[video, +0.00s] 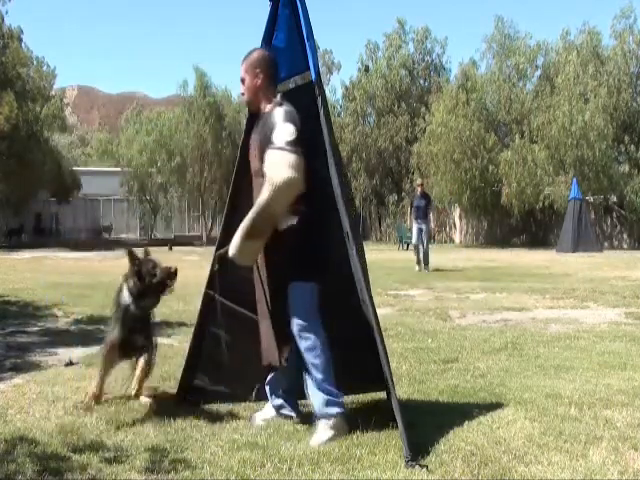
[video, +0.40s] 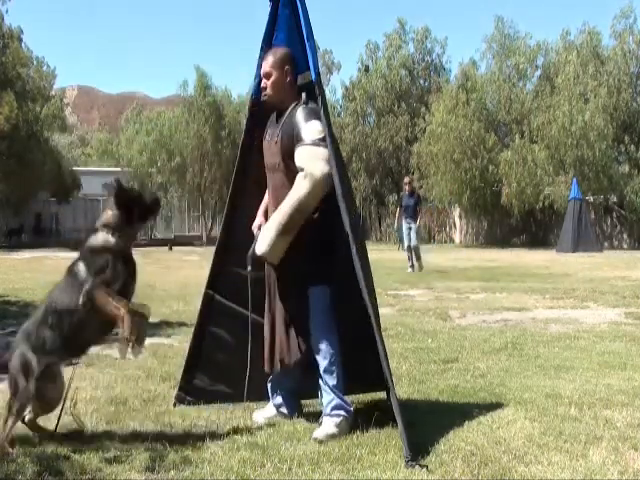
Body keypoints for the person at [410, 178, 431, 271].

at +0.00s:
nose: (420, 188)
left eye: (421, 185)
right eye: (418, 186)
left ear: (423, 186)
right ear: (416, 187)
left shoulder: (427, 197)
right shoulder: (413, 197)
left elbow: (430, 211)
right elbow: (410, 210)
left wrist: (432, 223)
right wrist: (410, 221)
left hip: (425, 221)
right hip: (416, 221)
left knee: (425, 244)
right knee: (415, 243)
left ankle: (426, 264)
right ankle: (417, 263)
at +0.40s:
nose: (407, 187)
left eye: (409, 185)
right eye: (405, 185)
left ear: (412, 185)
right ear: (404, 186)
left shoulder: (417, 196)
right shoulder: (402, 196)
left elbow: (420, 210)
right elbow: (399, 209)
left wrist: (418, 221)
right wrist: (396, 221)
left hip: (414, 221)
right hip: (405, 220)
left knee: (414, 244)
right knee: (407, 245)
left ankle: (419, 261)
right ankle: (410, 265)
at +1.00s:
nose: (393, 184)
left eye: (395, 181)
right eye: (391, 182)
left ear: (398, 182)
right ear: (389, 183)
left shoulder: (402, 194)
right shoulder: (388, 194)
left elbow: (405, 207)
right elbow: (386, 208)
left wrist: (404, 219)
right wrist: (385, 220)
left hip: (400, 221)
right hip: (391, 221)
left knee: (401, 245)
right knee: (389, 243)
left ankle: (403, 267)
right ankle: (390, 266)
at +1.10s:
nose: (389, 185)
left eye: (391, 183)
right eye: (387, 183)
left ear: (395, 184)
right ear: (385, 185)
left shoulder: (398, 194)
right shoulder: (386, 195)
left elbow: (401, 209)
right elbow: (384, 208)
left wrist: (394, 217)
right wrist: (382, 220)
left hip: (398, 222)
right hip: (388, 222)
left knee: (400, 246)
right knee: (386, 245)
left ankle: (402, 267)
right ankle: (383, 267)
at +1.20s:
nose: (385, 186)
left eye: (387, 183)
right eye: (384, 184)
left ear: (391, 184)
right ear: (382, 185)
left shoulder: (395, 194)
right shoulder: (382, 195)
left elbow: (397, 208)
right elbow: (380, 208)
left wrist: (387, 215)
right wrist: (379, 219)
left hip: (394, 223)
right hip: (384, 223)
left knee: (397, 247)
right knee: (383, 247)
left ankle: (401, 267)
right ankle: (382, 269)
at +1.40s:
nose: (377, 184)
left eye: (379, 181)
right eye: (375, 182)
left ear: (383, 181)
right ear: (373, 183)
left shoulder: (390, 194)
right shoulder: (374, 194)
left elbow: (392, 208)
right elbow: (371, 208)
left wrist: (390, 221)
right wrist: (368, 222)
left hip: (386, 220)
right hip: (377, 220)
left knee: (384, 245)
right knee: (378, 246)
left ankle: (390, 264)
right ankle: (380, 268)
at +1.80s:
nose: (366, 185)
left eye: (368, 182)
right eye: (365, 182)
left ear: (372, 182)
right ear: (363, 183)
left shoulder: (378, 196)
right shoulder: (361, 195)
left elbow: (382, 210)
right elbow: (357, 209)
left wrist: (380, 224)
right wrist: (357, 220)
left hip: (374, 221)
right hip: (363, 221)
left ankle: (370, 255)